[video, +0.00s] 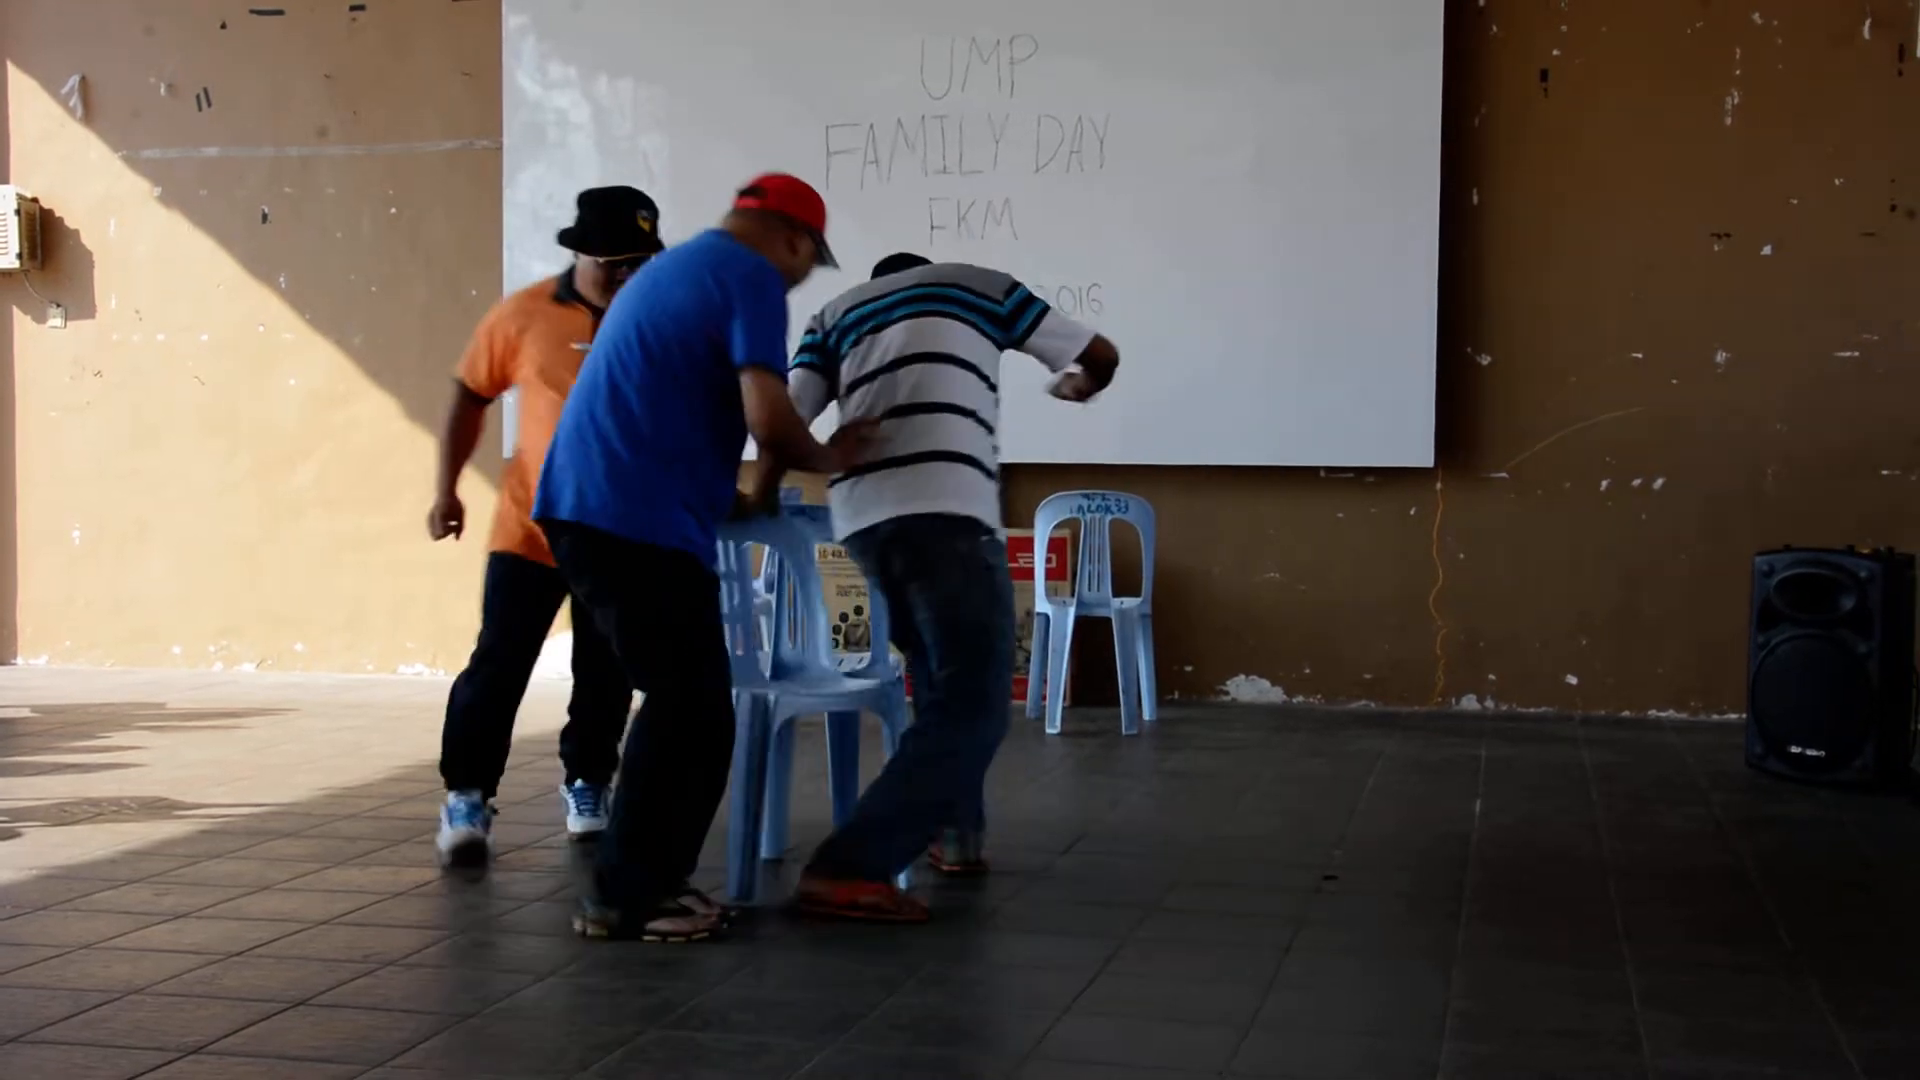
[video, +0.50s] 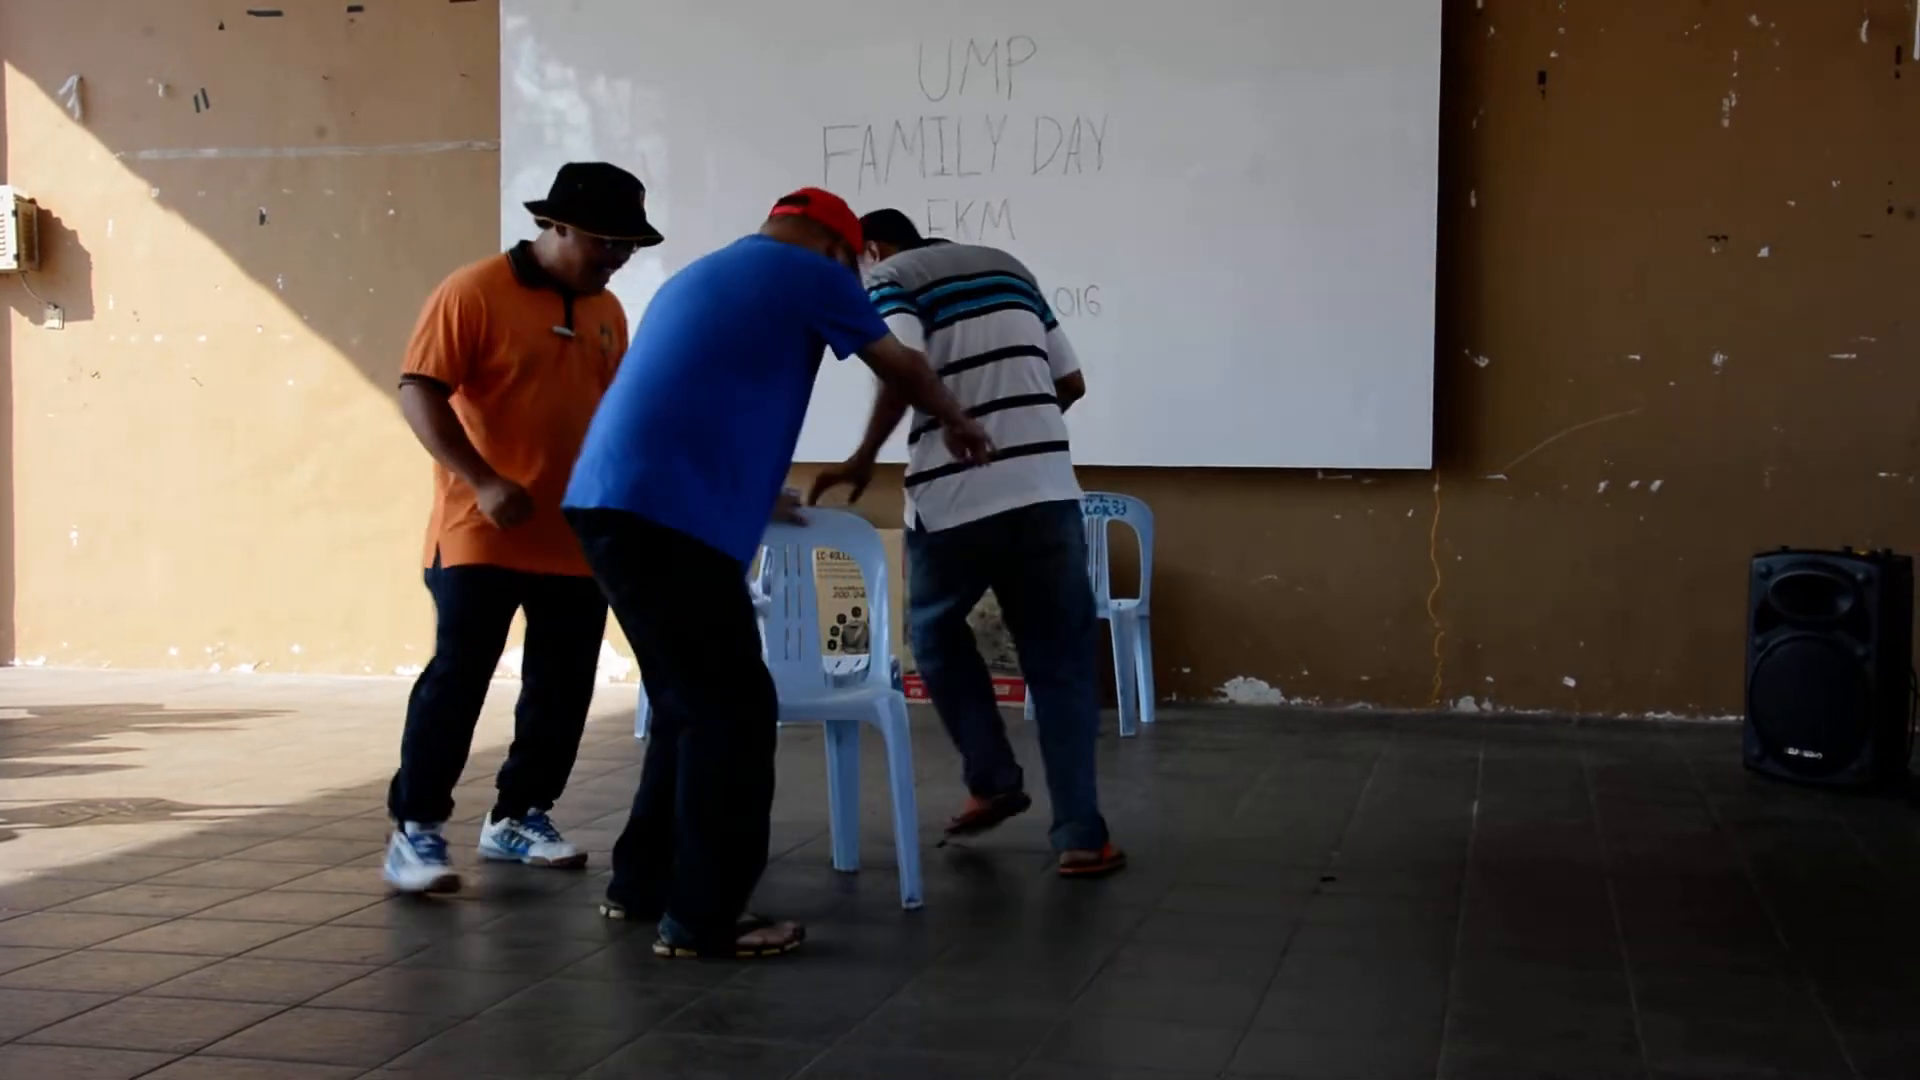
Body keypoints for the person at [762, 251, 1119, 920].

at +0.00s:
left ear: (872, 277)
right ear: (931, 266)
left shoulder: (834, 314)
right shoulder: (978, 284)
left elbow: (782, 421)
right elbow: (1101, 353)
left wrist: (757, 493)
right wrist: (1076, 385)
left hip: (865, 521)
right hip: (949, 507)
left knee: (935, 682)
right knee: (974, 705)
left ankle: (957, 836)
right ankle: (846, 871)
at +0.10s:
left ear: (867, 275)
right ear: (930, 262)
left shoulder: (841, 308)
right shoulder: (980, 279)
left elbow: (802, 413)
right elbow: (1088, 369)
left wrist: (778, 496)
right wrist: (1034, 400)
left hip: (885, 521)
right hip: (973, 503)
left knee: (936, 683)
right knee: (998, 697)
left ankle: (957, 843)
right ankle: (872, 830)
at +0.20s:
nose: (845, 298)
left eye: (845, 288)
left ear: (861, 270)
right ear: (925, 252)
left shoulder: (851, 297)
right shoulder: (982, 268)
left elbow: (817, 387)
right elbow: (1075, 373)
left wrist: (797, 488)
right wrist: (1011, 416)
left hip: (905, 510)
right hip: (999, 491)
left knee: (939, 675)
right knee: (1019, 673)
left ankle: (959, 848)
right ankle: (950, 798)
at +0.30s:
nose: (844, 287)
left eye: (845, 276)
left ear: (863, 259)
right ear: (918, 243)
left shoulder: (861, 283)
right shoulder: (994, 261)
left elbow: (846, 376)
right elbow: (1070, 373)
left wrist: (821, 470)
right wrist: (1019, 426)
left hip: (928, 499)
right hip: (1024, 487)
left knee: (946, 667)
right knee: (1032, 658)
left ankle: (963, 840)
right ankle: (1029, 817)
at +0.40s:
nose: (853, 280)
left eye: (853, 270)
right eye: (851, 270)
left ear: (871, 251)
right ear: (923, 236)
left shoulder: (875, 276)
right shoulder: (1007, 260)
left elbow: (877, 367)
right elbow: (1069, 380)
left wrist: (841, 468)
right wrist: (1010, 431)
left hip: (943, 502)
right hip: (1039, 489)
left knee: (946, 659)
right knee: (1052, 657)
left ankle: (975, 805)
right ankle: (1079, 834)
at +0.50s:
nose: (858, 277)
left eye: (856, 267)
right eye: (855, 268)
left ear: (873, 248)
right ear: (919, 235)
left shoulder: (883, 275)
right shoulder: (1004, 262)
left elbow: (907, 364)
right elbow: (1069, 380)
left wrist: (860, 460)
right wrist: (1011, 425)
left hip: (956, 504)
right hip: (1047, 493)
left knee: (935, 632)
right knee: (1061, 661)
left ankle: (994, 781)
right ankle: (1080, 834)